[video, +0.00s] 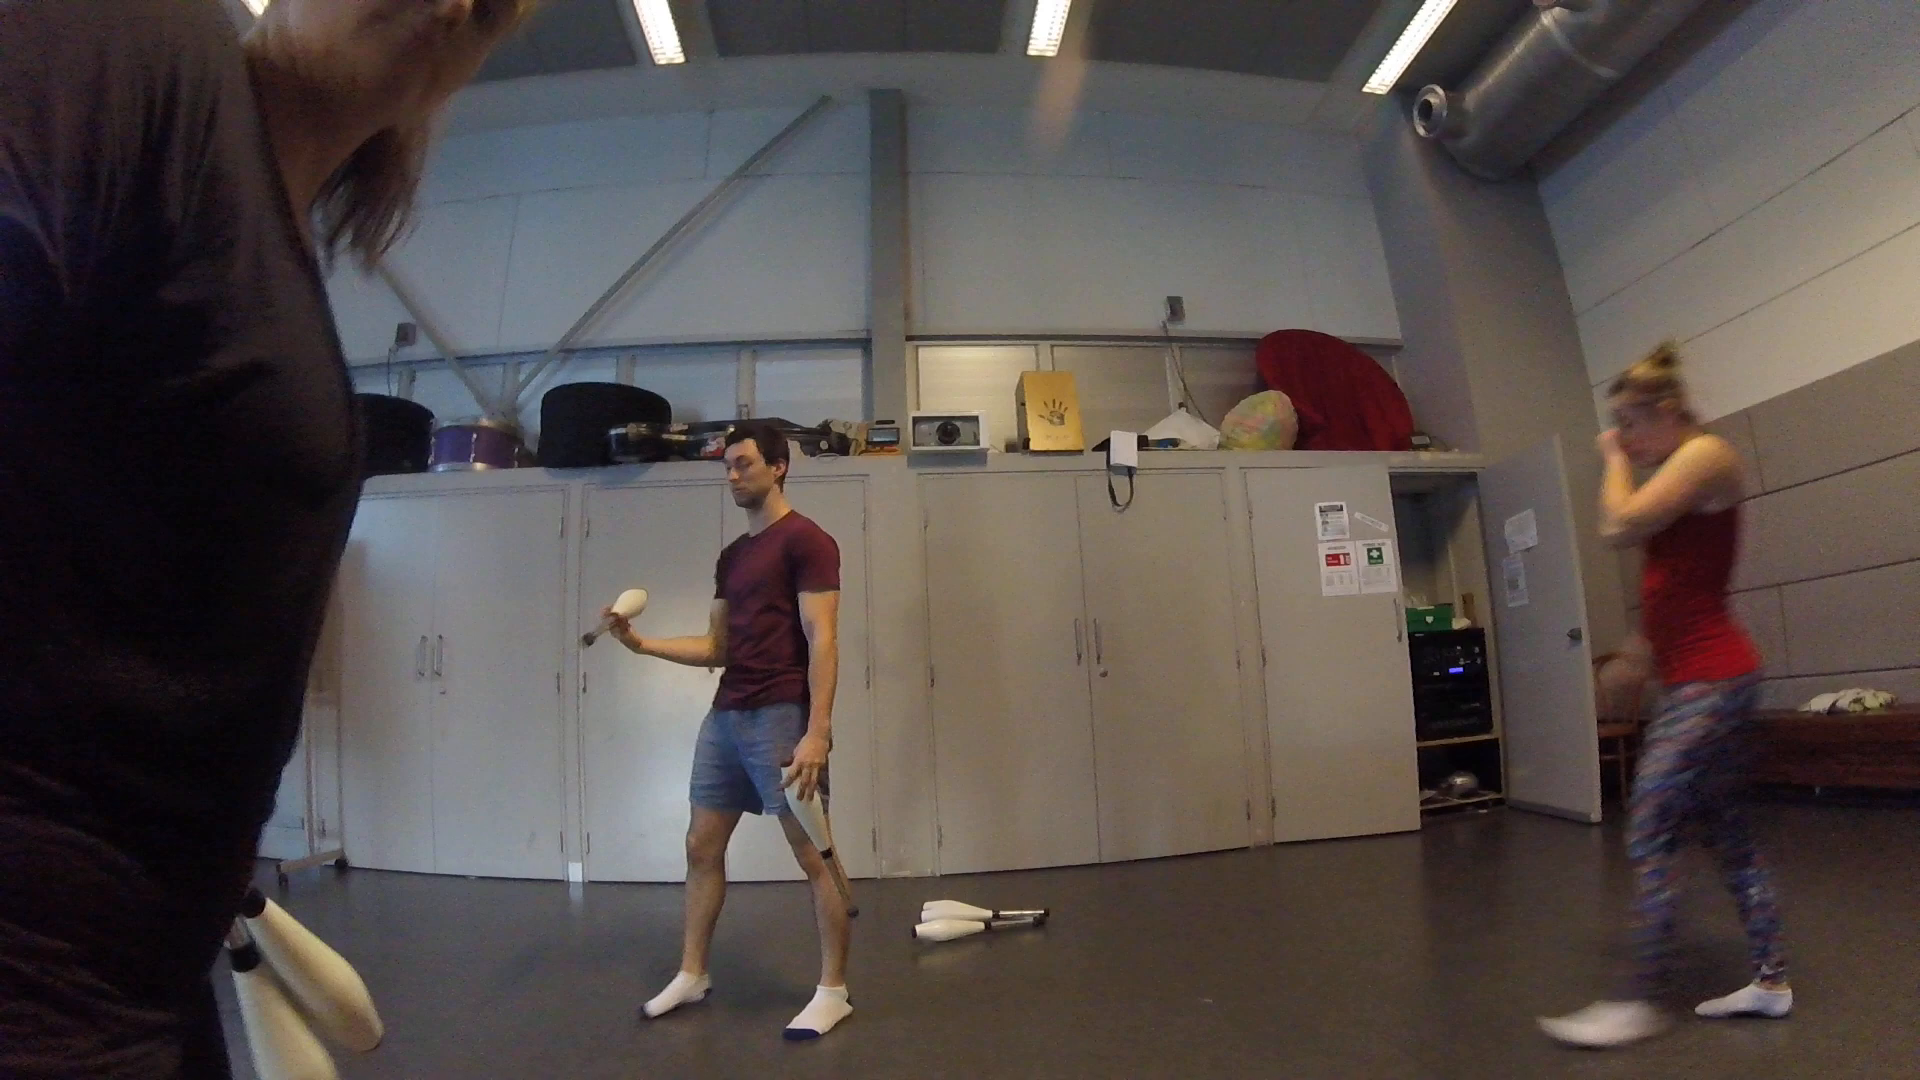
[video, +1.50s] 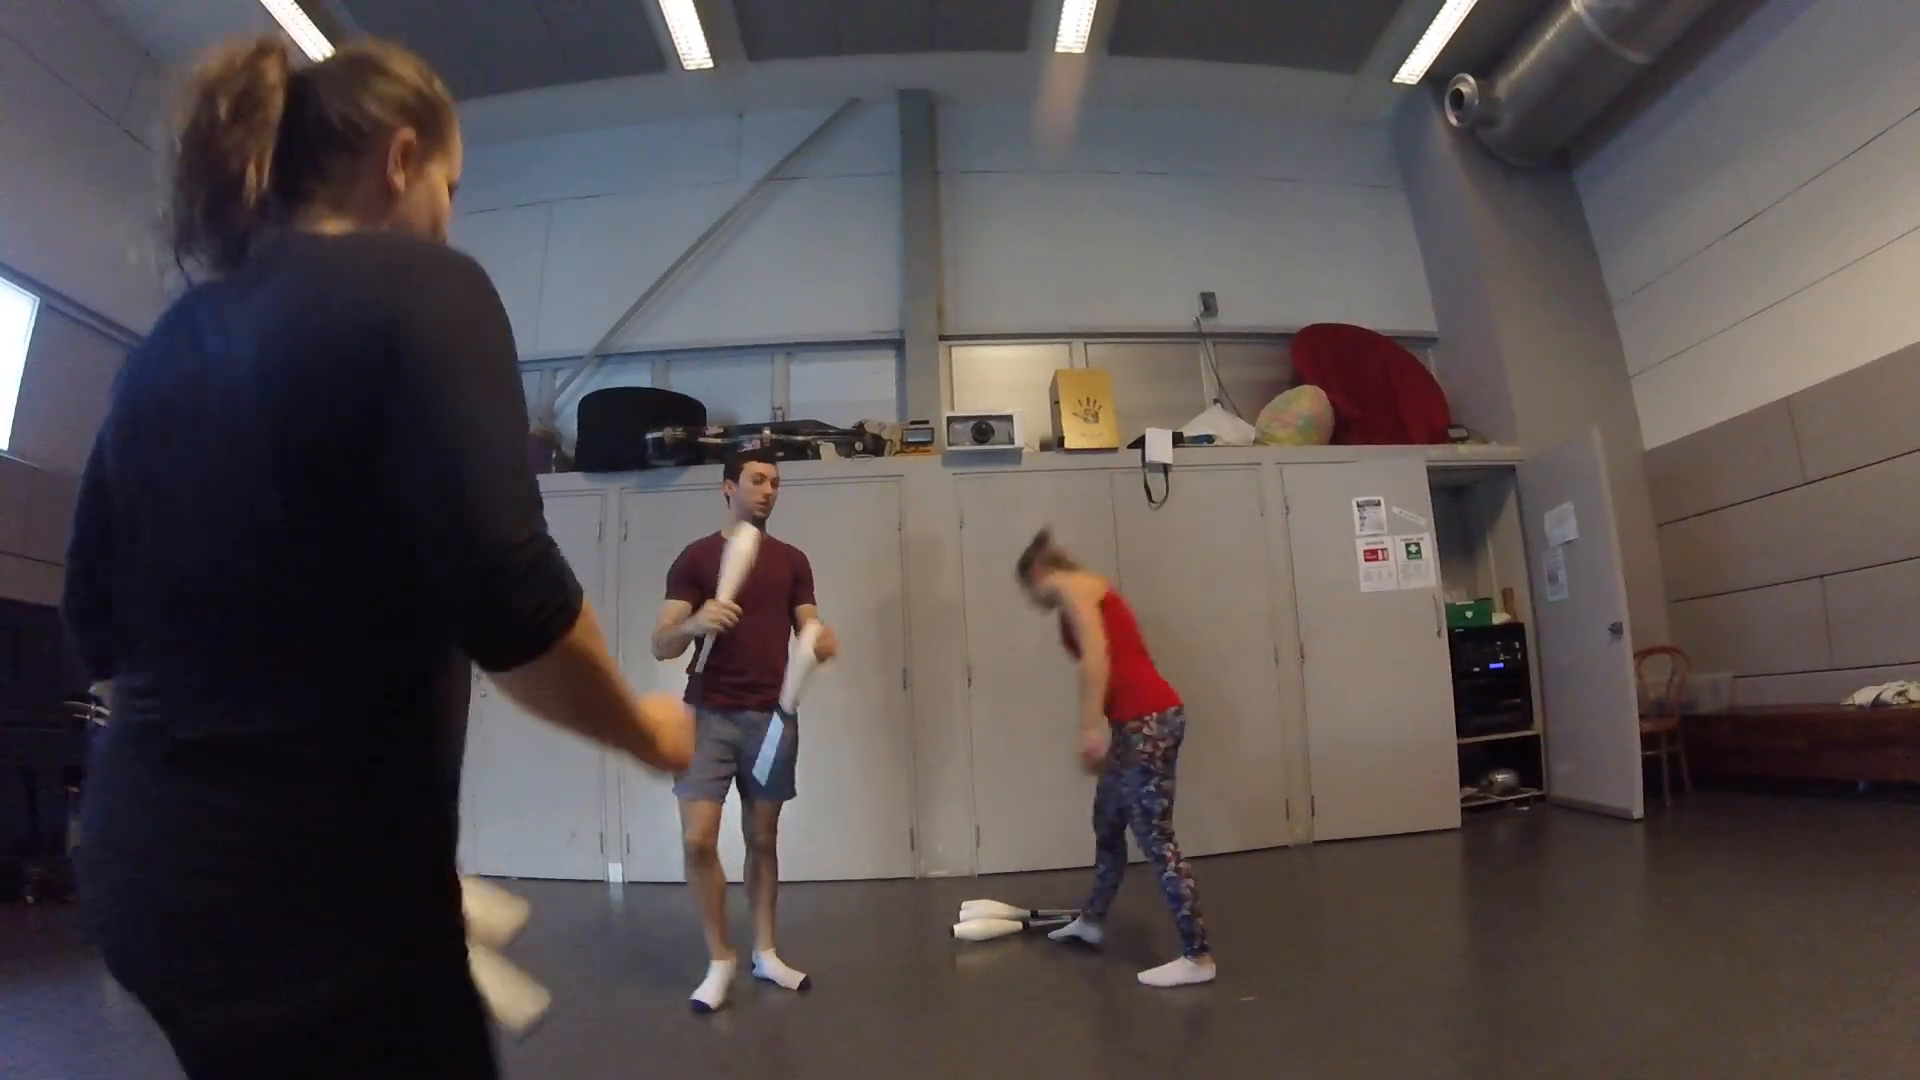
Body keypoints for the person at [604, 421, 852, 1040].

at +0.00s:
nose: (731, 474)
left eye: (742, 463)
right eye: (729, 466)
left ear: (778, 468)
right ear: (732, 476)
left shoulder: (808, 542)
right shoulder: (732, 555)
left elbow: (823, 641)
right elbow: (717, 648)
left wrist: (818, 732)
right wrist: (640, 642)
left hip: (781, 717)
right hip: (725, 717)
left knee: (817, 857)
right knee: (703, 847)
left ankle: (834, 991)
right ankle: (692, 975)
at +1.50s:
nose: (768, 491)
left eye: (773, 483)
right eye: (758, 480)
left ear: (777, 494)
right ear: (728, 488)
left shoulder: (790, 561)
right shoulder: (697, 558)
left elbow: (808, 628)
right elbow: (664, 646)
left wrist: (819, 638)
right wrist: (696, 621)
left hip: (771, 718)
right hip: (708, 717)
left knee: (763, 840)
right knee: (697, 843)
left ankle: (766, 953)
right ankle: (720, 960)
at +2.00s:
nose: (709, 487)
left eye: (719, 478)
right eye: (699, 477)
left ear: (732, 487)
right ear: (680, 484)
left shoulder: (753, 557)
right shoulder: (653, 557)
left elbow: (773, 649)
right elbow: (639, 641)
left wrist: (790, 623)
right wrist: (705, 651)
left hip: (737, 719)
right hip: (672, 722)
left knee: (747, 843)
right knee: (678, 851)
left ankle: (763, 954)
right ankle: (687, 972)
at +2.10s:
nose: (695, 488)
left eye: (705, 478)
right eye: (686, 478)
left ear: (721, 486)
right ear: (669, 486)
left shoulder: (742, 557)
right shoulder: (645, 553)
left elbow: (763, 642)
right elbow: (627, 649)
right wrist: (706, 653)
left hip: (730, 718)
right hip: (665, 722)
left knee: (745, 842)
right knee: (674, 851)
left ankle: (761, 953)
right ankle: (686, 973)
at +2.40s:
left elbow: (754, 621)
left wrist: (727, 652)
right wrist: (683, 658)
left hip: (720, 709)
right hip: (662, 716)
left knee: (742, 842)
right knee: (671, 853)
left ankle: (750, 954)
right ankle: (684, 968)